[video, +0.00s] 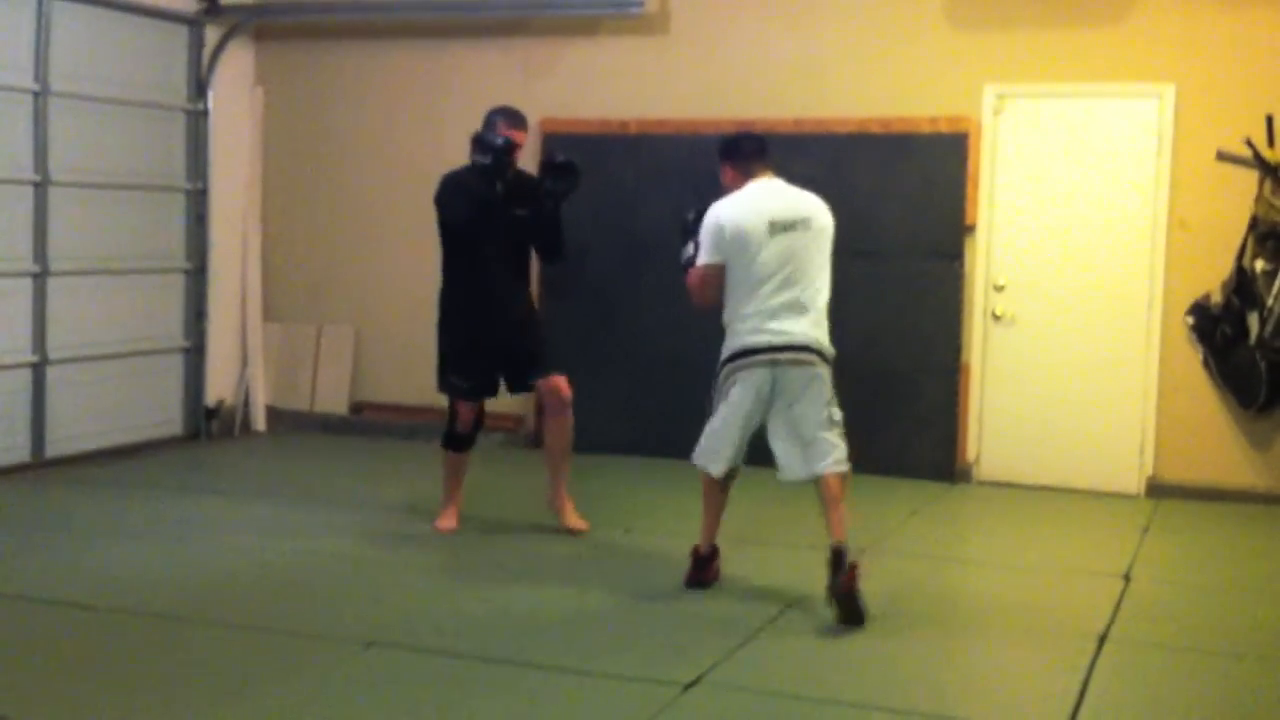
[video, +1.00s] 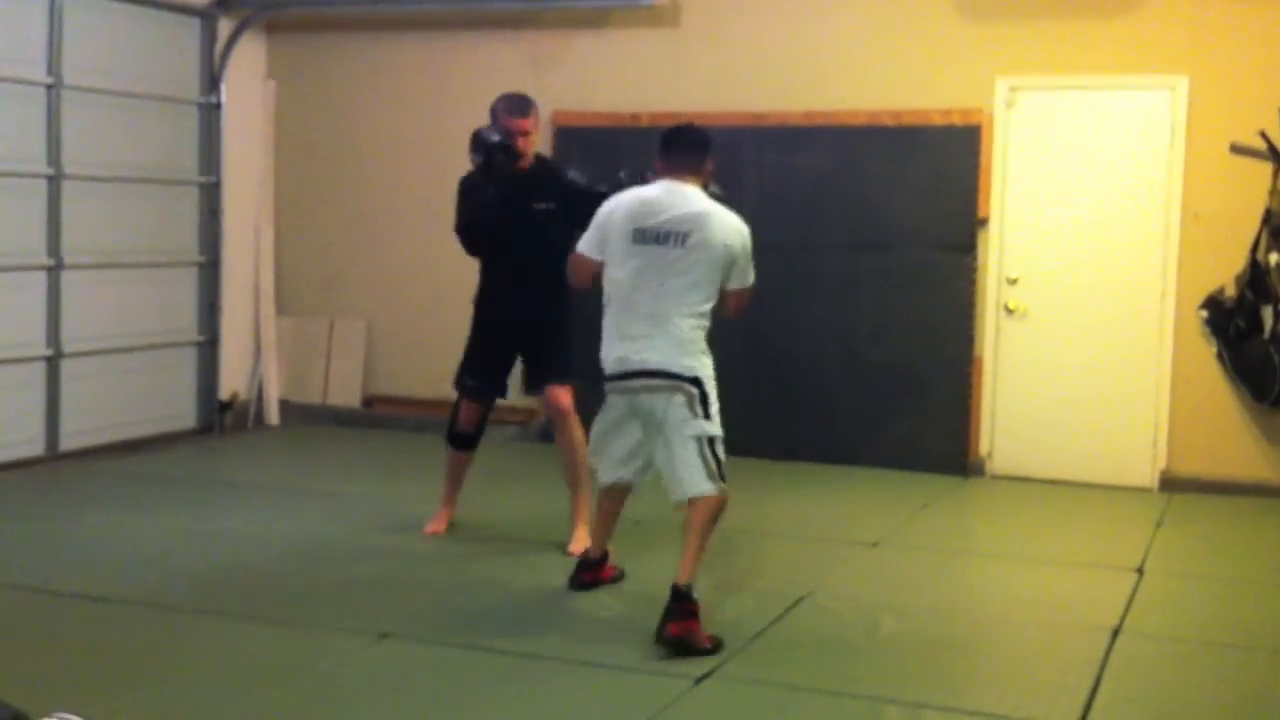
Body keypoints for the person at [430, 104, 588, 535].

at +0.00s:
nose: (509, 152)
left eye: (517, 146)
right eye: (502, 143)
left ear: (524, 148)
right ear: (482, 140)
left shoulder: (529, 189)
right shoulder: (458, 185)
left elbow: (551, 253)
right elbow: (458, 232)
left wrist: (551, 198)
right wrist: (489, 178)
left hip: (516, 311)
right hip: (466, 312)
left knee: (558, 392)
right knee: (466, 412)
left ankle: (561, 496)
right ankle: (451, 503)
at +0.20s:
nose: (511, 156)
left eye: (520, 149)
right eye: (506, 147)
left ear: (534, 150)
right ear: (496, 145)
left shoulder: (544, 190)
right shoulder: (473, 190)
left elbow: (575, 237)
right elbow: (483, 235)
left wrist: (561, 181)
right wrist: (515, 177)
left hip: (531, 318)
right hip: (482, 317)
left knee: (553, 417)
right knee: (470, 419)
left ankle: (585, 520)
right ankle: (449, 508)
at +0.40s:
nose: (535, 152)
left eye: (543, 144)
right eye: (528, 143)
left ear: (556, 144)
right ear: (512, 140)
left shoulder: (568, 183)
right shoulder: (491, 187)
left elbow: (605, 243)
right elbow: (490, 233)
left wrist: (578, 185)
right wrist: (518, 176)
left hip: (554, 322)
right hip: (504, 321)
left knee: (567, 419)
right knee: (481, 420)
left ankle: (589, 529)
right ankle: (452, 500)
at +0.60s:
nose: (536, 141)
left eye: (544, 133)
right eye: (527, 132)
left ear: (557, 135)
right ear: (513, 133)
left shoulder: (573, 179)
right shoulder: (494, 180)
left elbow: (594, 214)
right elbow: (493, 220)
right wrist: (524, 166)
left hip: (567, 316)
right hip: (515, 316)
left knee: (578, 416)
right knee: (496, 416)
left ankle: (595, 523)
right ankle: (482, 512)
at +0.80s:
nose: (513, 141)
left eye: (518, 133)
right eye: (508, 133)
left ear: (507, 134)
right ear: (515, 134)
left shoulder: (566, 181)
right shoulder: (484, 191)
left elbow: (613, 227)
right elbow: (507, 243)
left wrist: (600, 268)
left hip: (565, 312)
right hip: (511, 314)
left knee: (582, 414)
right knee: (475, 413)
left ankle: (604, 530)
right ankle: (446, 505)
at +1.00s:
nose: (520, 143)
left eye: (527, 134)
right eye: (511, 135)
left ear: (538, 132)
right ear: (494, 133)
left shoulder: (555, 180)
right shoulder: (478, 184)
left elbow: (600, 212)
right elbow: (473, 242)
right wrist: (491, 179)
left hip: (549, 308)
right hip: (497, 308)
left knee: (560, 402)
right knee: (470, 409)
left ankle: (581, 521)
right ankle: (446, 507)